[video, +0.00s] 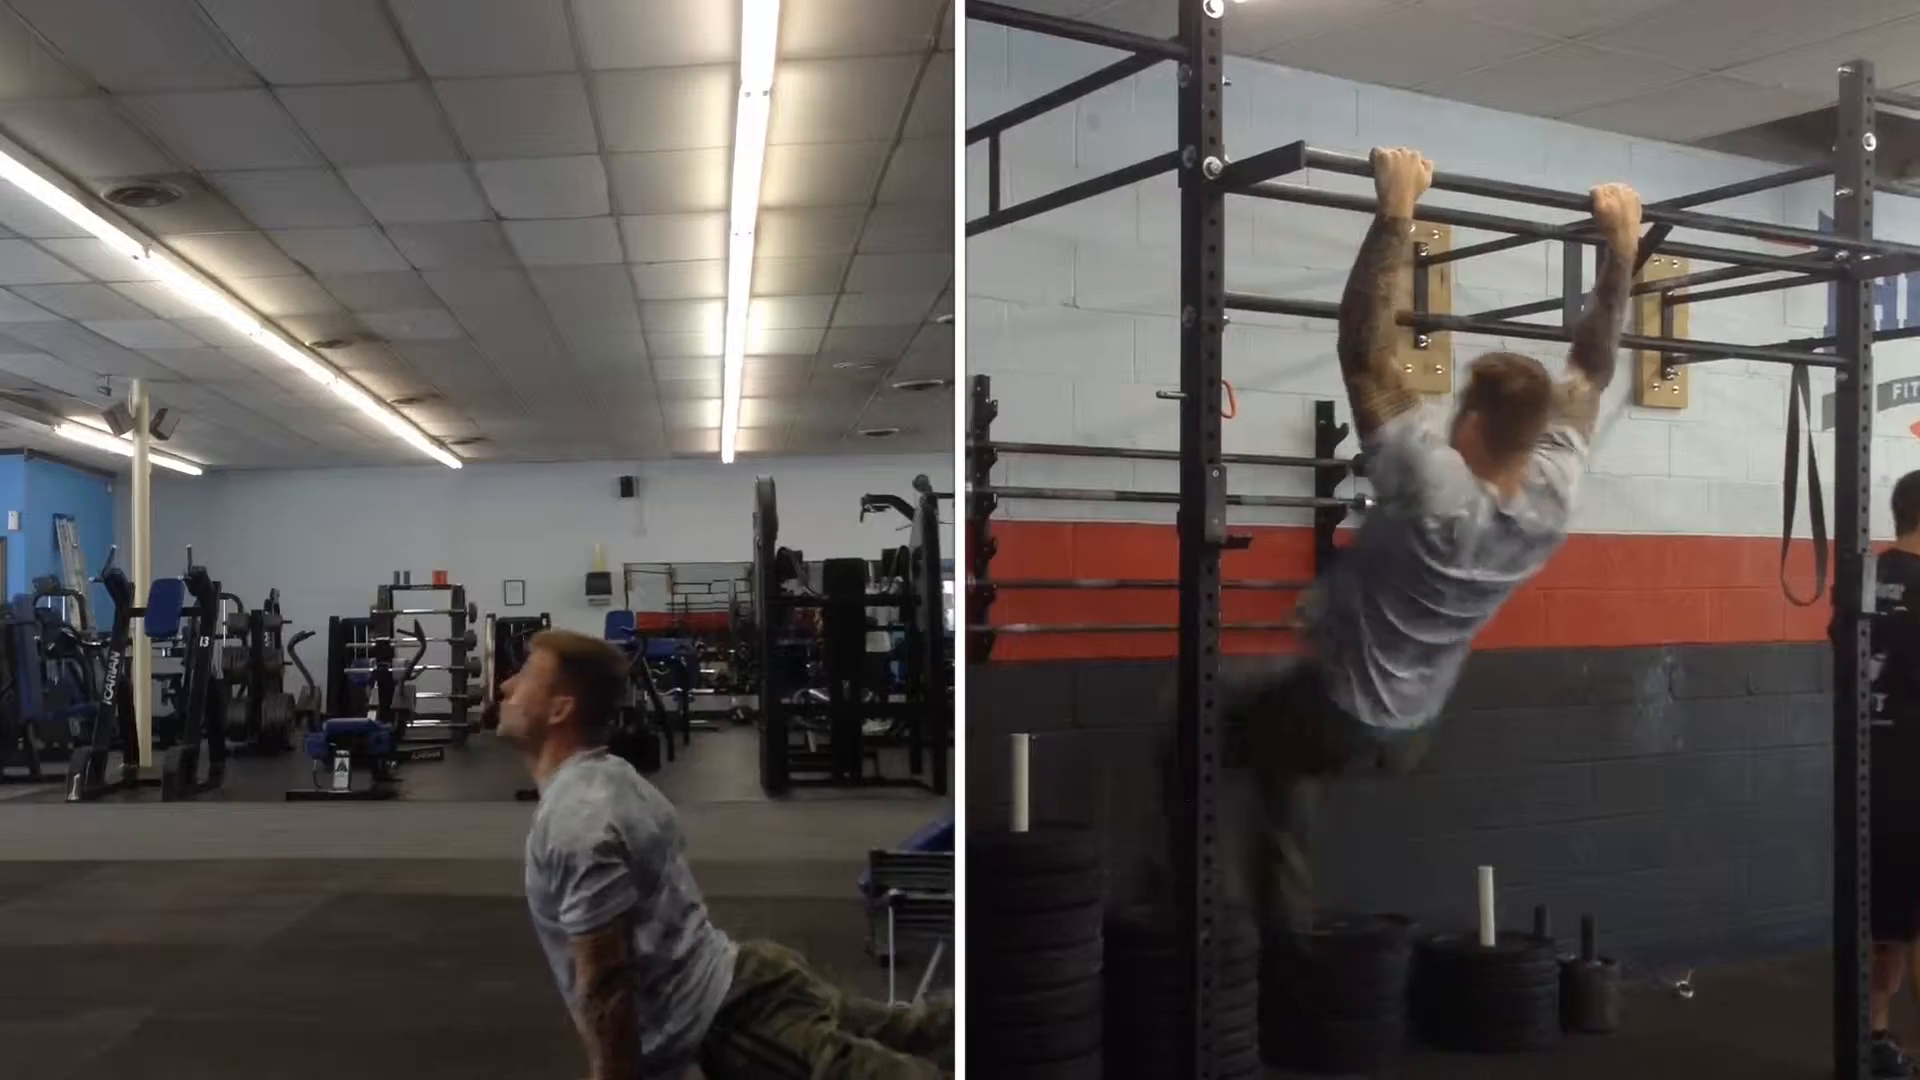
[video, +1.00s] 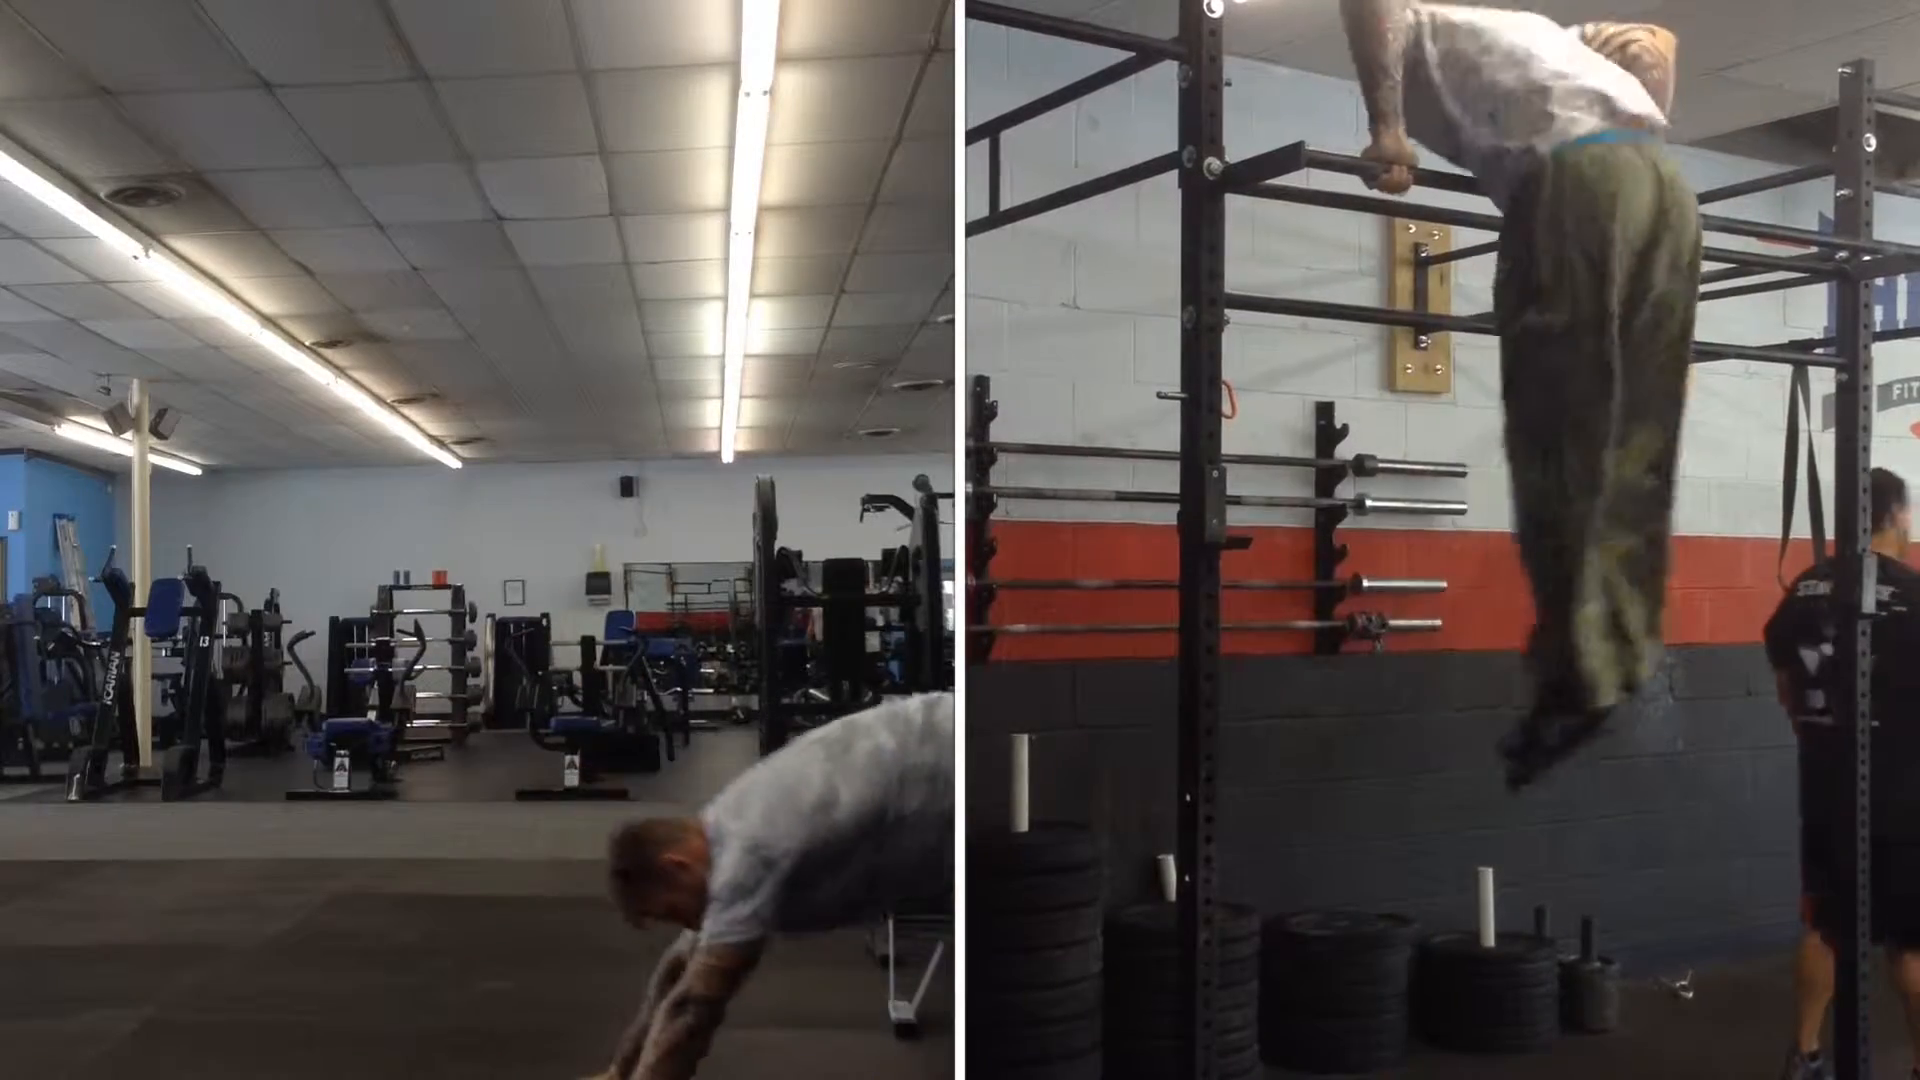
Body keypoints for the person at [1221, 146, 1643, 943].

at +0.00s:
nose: (1455, 419)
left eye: (1462, 410)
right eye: (1465, 408)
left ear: (1470, 426)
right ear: (1538, 439)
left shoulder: (1429, 488)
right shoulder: (1545, 509)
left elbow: (1366, 353)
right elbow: (1590, 376)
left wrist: (1394, 218)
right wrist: (1621, 259)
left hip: (1338, 713)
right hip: (1409, 719)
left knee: (1200, 714)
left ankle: (1192, 902)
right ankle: (1285, 922)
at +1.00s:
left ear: (1405, 23)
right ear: (1476, 15)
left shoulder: (1411, 23)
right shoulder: (1542, 36)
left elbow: (1372, 3)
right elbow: (1650, 41)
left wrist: (1386, 124)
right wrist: (1640, 135)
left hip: (1575, 177)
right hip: (1665, 181)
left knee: (1560, 430)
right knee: (1643, 434)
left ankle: (1579, 679)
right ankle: (1628, 659)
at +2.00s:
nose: (1362, 126)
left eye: (1355, 109)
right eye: (1357, 115)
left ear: (1361, 73)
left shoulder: (1384, 38)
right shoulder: (1528, 22)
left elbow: (1399, 4)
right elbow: (1639, 43)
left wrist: (1396, 135)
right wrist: (1636, 165)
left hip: (1548, 169)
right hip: (1638, 173)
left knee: (1554, 427)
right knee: (1651, 425)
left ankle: (1590, 679)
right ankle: (1665, 670)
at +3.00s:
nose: (1427, 406)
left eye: (1431, 399)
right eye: (1442, 401)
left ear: (1435, 417)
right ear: (1508, 425)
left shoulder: (1409, 481)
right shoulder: (1524, 501)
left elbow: (1368, 341)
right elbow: (1591, 377)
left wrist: (1392, 217)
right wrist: (1622, 261)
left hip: (1359, 755)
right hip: (1439, 759)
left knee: (1324, 955)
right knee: (1408, 936)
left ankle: (1441, 1065)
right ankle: (1481, 1061)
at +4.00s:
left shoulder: (1496, 9)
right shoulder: (1639, 17)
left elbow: (1464, 24)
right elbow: (1750, 96)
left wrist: (1397, 125)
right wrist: (1660, 141)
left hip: (1564, 275)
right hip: (1656, 298)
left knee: (1428, 462)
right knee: (1483, 482)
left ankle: (1374, 669)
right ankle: (1415, 654)